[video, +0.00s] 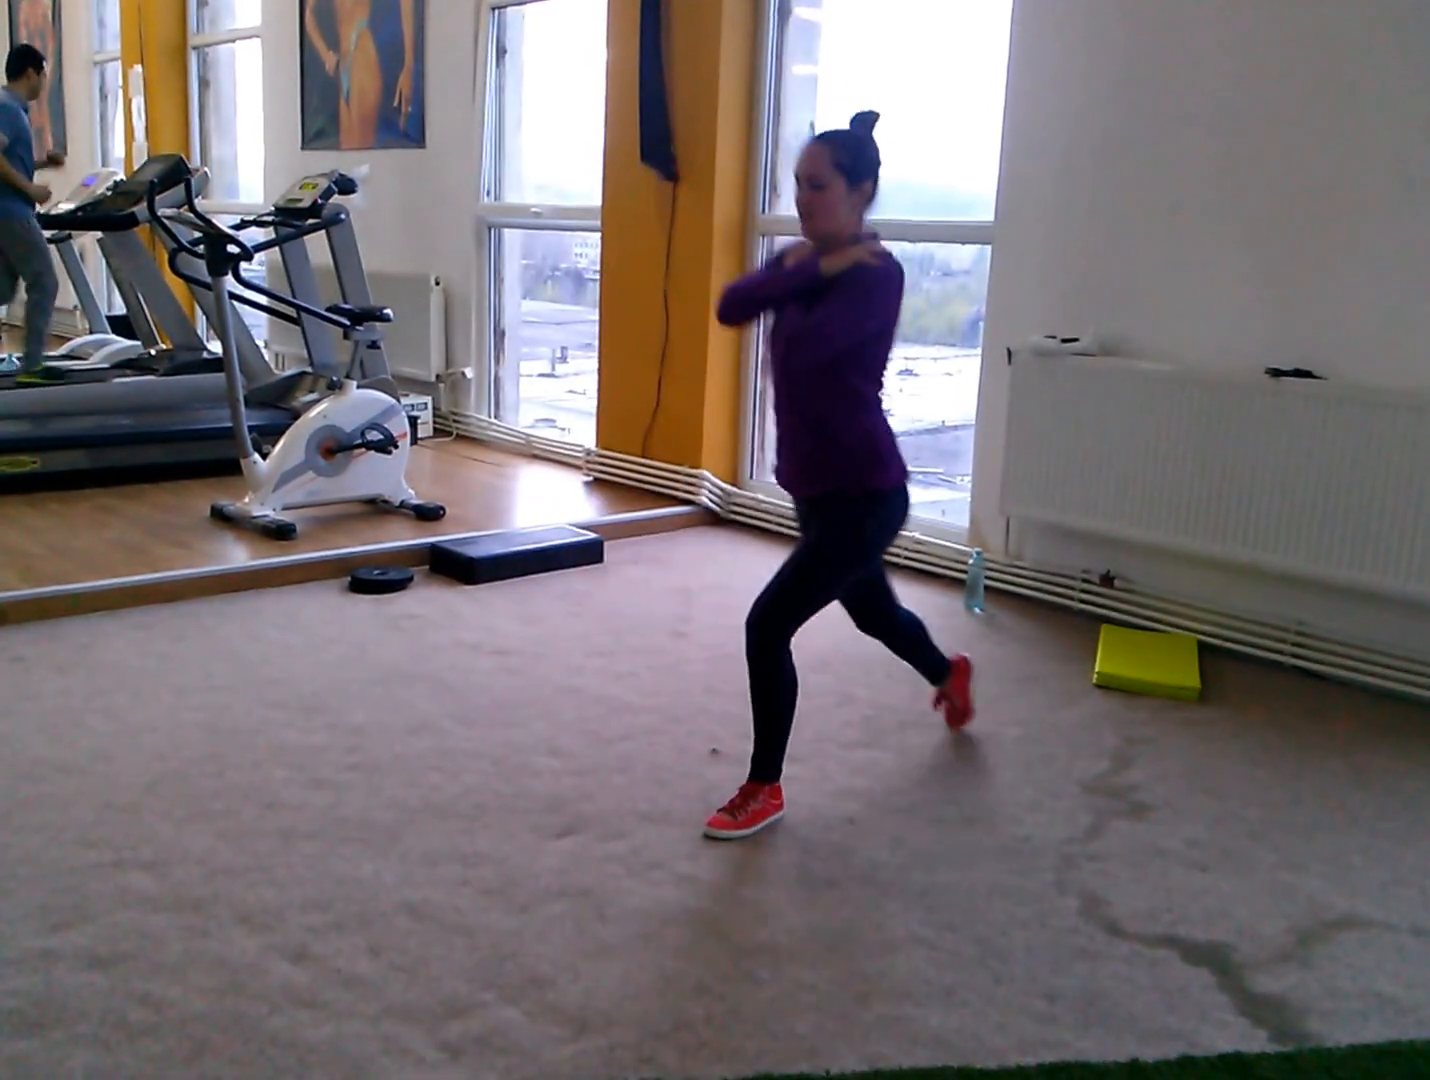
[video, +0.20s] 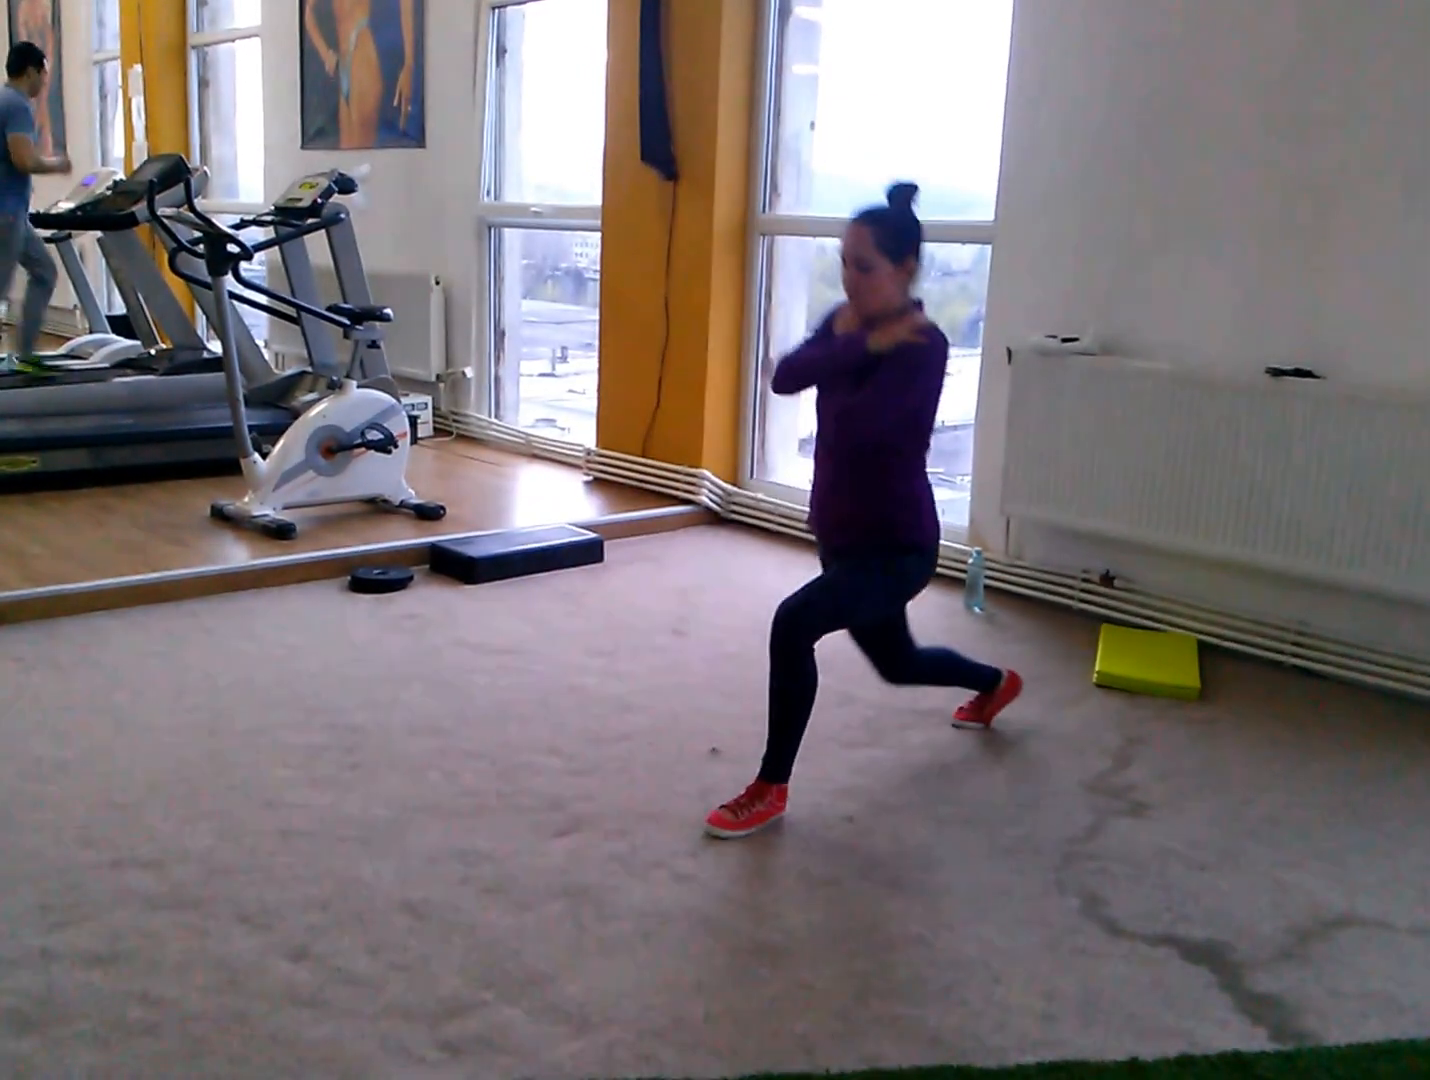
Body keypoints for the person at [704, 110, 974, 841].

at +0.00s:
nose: (801, 198)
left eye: (817, 185)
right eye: (798, 184)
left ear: (861, 195)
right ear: (799, 190)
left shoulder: (878, 275)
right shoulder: (798, 263)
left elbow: (809, 347)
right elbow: (730, 309)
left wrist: (784, 280)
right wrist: (817, 262)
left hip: (868, 494)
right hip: (814, 491)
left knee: (767, 625)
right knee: (877, 612)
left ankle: (764, 785)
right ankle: (948, 676)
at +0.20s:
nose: (850, 277)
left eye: (865, 266)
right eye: (846, 263)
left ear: (907, 270)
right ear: (842, 263)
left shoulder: (923, 347)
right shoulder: (841, 324)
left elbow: (869, 428)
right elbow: (783, 378)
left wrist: (837, 357)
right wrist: (862, 340)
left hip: (899, 547)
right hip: (842, 539)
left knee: (792, 624)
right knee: (898, 664)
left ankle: (770, 787)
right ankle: (995, 681)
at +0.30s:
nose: (872, 299)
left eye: (886, 289)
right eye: (869, 285)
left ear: (927, 293)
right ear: (865, 280)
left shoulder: (942, 365)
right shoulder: (860, 336)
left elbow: (873, 434)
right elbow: (798, 384)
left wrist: (871, 357)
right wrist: (885, 350)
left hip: (894, 557)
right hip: (836, 546)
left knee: (780, 623)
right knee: (881, 679)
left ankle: (774, 787)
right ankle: (982, 677)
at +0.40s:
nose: (883, 306)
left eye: (897, 296)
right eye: (880, 293)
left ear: (940, 302)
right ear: (878, 291)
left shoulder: (949, 375)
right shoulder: (870, 342)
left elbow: (867, 435)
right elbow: (801, 382)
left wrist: (874, 358)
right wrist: (896, 356)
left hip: (888, 565)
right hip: (833, 553)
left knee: (772, 624)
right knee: (870, 684)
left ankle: (772, 787)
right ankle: (977, 677)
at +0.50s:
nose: (886, 311)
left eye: (900, 302)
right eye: (884, 298)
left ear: (944, 311)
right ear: (880, 296)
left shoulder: (948, 384)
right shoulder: (869, 346)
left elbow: (867, 444)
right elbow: (801, 382)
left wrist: (873, 362)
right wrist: (896, 365)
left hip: (887, 568)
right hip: (831, 555)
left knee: (771, 623)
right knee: (868, 691)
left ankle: (772, 787)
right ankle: (977, 678)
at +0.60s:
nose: (883, 313)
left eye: (898, 305)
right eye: (881, 300)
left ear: (941, 315)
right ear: (877, 298)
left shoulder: (945, 386)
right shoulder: (865, 349)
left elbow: (867, 446)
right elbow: (798, 388)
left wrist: (869, 363)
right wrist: (893, 369)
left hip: (886, 572)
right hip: (829, 559)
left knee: (769, 624)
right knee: (868, 692)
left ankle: (770, 785)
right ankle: (974, 677)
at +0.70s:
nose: (875, 319)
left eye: (890, 310)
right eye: (873, 305)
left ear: (934, 319)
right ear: (870, 302)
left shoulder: (939, 391)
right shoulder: (860, 354)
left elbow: (862, 449)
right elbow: (793, 394)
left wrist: (865, 370)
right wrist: (888, 373)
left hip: (886, 578)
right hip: (829, 566)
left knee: (770, 624)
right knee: (869, 697)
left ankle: (770, 785)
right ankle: (973, 677)